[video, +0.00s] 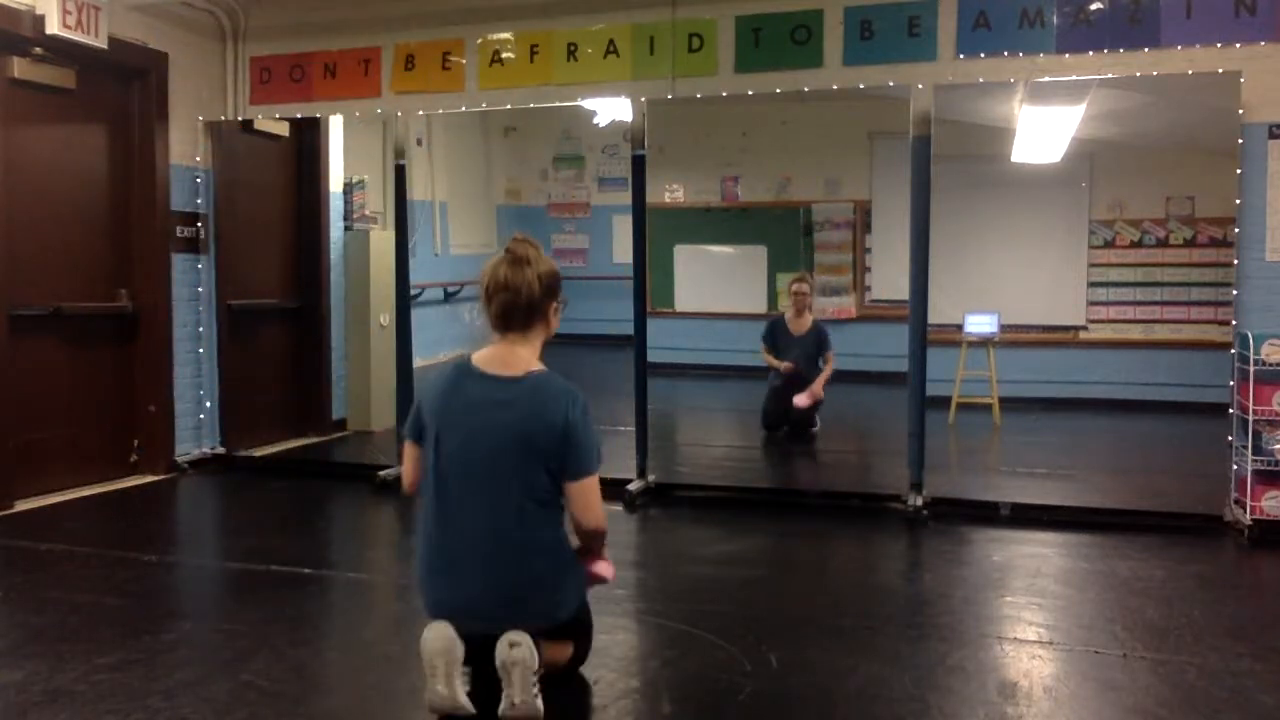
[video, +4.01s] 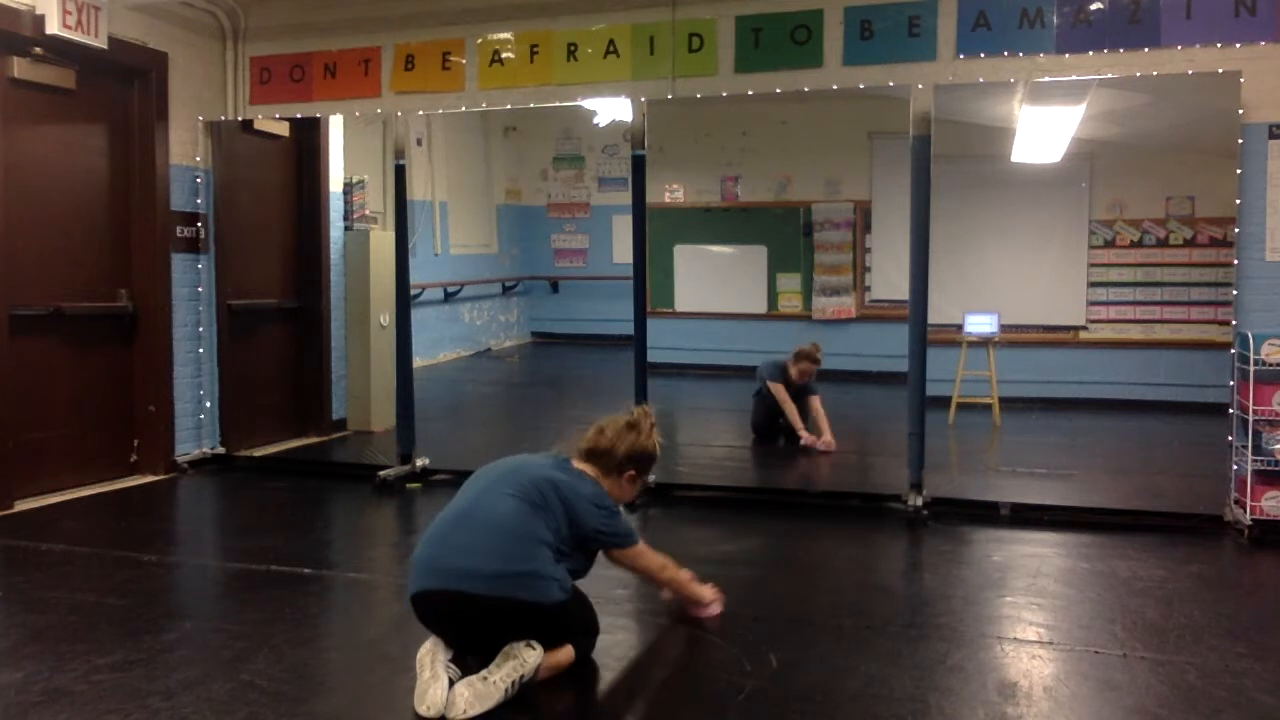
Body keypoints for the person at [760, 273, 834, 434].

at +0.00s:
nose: (799, 298)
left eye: (804, 294)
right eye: (796, 294)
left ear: (810, 297)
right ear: (790, 296)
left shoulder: (818, 329)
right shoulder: (775, 325)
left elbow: (829, 363)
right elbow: (766, 354)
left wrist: (818, 384)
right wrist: (779, 365)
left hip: (807, 385)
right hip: (781, 383)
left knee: (799, 427)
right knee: (770, 425)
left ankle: (812, 421)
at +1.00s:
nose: (802, 381)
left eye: (807, 378)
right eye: (799, 374)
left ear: (811, 379)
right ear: (790, 368)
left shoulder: (806, 390)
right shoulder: (766, 378)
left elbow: (818, 416)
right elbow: (777, 413)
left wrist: (829, 439)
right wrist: (807, 440)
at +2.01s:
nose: (773, 318)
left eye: (777, 313)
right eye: (769, 315)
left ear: (787, 315)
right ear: (765, 318)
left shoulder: (802, 347)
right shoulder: (762, 347)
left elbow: (808, 384)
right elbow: (757, 380)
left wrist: (786, 412)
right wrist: (759, 405)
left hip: (799, 401)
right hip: (772, 402)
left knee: (796, 430)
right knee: (761, 430)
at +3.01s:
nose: (758, 336)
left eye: (763, 332)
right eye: (755, 332)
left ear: (771, 335)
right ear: (750, 335)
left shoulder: (783, 357)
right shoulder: (748, 359)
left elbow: (772, 394)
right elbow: (739, 393)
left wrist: (753, 424)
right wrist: (734, 426)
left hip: (801, 398)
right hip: (776, 397)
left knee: (794, 439)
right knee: (763, 439)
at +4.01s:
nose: (805, 378)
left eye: (810, 375)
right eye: (802, 373)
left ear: (814, 374)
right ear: (792, 364)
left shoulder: (808, 384)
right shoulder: (771, 371)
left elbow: (817, 409)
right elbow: (785, 403)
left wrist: (826, 435)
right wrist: (802, 432)